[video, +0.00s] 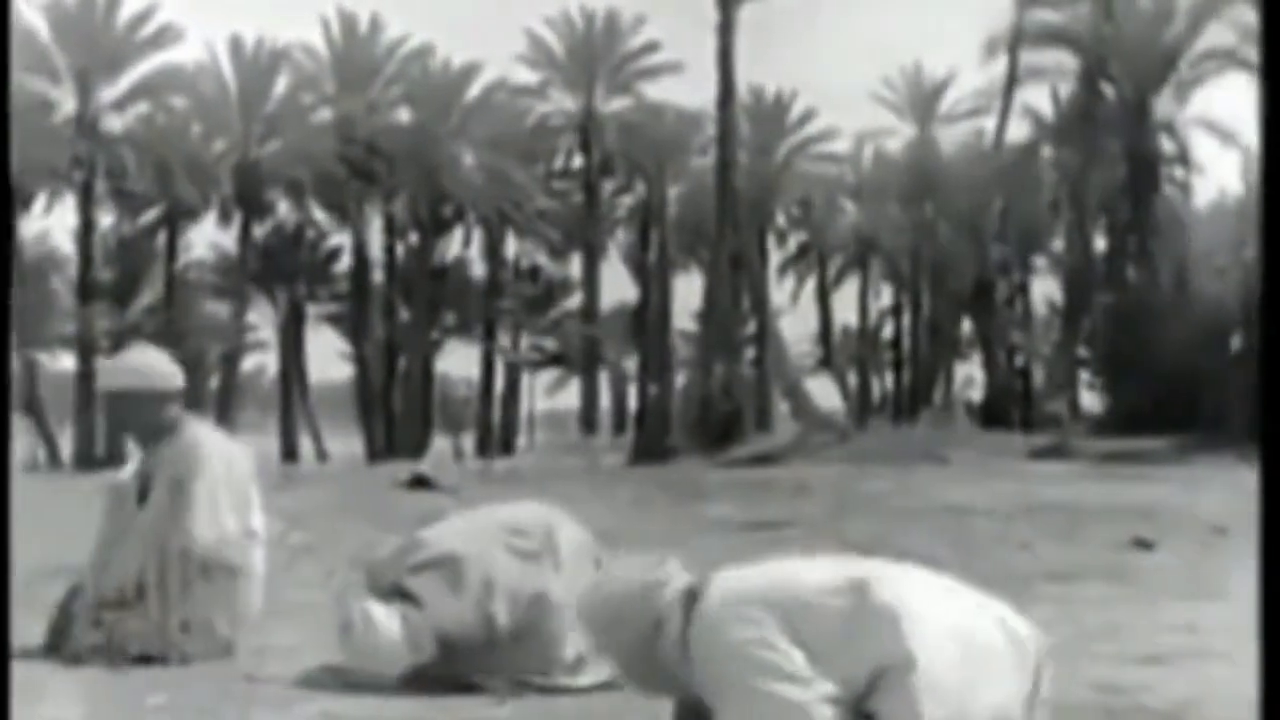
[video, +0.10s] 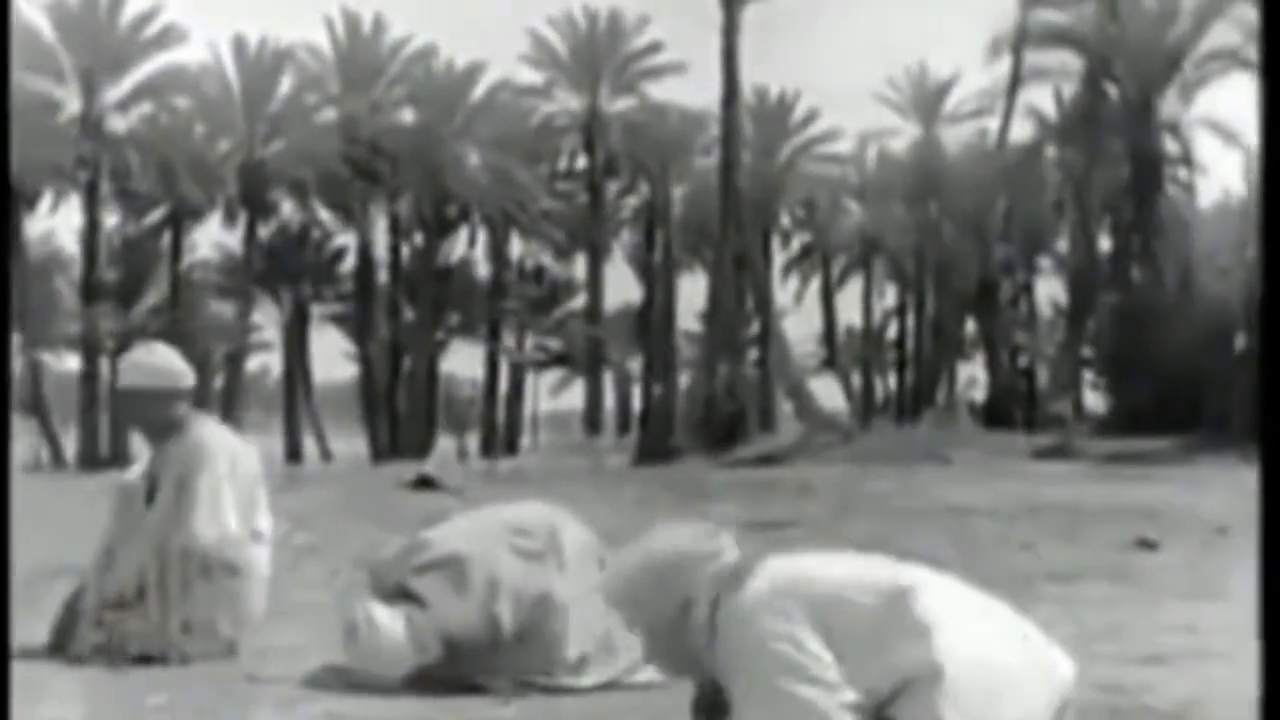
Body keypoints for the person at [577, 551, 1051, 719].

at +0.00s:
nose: (629, 674)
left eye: (622, 656)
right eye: (616, 660)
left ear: (644, 635)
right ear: (665, 600)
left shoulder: (721, 629)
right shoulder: (724, 604)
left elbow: (805, 706)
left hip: (955, 663)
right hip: (1004, 640)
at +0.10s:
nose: (649, 654)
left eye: (647, 633)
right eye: (641, 637)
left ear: (687, 610)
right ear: (694, 600)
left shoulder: (753, 619)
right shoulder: (765, 593)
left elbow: (818, 707)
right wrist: (720, 694)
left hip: (977, 682)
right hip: (1023, 665)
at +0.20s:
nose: (699, 622)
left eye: (690, 604)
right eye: (687, 607)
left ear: (716, 584)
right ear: (749, 554)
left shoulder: (801, 594)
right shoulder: (817, 570)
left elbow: (842, 704)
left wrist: (762, 680)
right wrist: (769, 666)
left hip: (1004, 696)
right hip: (1042, 684)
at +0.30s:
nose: (747, 581)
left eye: (748, 558)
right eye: (744, 560)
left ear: (773, 547)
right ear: (820, 519)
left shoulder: (842, 592)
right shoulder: (880, 548)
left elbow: (861, 707)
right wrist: (792, 643)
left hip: (1012, 706)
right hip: (1065, 695)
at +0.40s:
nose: (784, 557)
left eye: (786, 537)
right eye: (780, 539)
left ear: (813, 528)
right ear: (857, 510)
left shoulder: (885, 579)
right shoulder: (917, 546)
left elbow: (890, 706)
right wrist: (842, 627)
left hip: (1021, 704)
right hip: (1066, 695)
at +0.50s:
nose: (821, 532)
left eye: (827, 515)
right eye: (822, 514)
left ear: (860, 516)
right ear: (895, 508)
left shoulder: (911, 580)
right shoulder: (963, 543)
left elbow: (902, 709)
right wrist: (873, 610)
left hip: (1033, 708)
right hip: (1089, 700)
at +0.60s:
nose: (890, 533)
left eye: (897, 516)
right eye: (891, 516)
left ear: (928, 514)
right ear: (960, 508)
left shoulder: (960, 579)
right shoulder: (1033, 554)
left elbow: (931, 704)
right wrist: (903, 614)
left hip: (1041, 710)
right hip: (1104, 705)